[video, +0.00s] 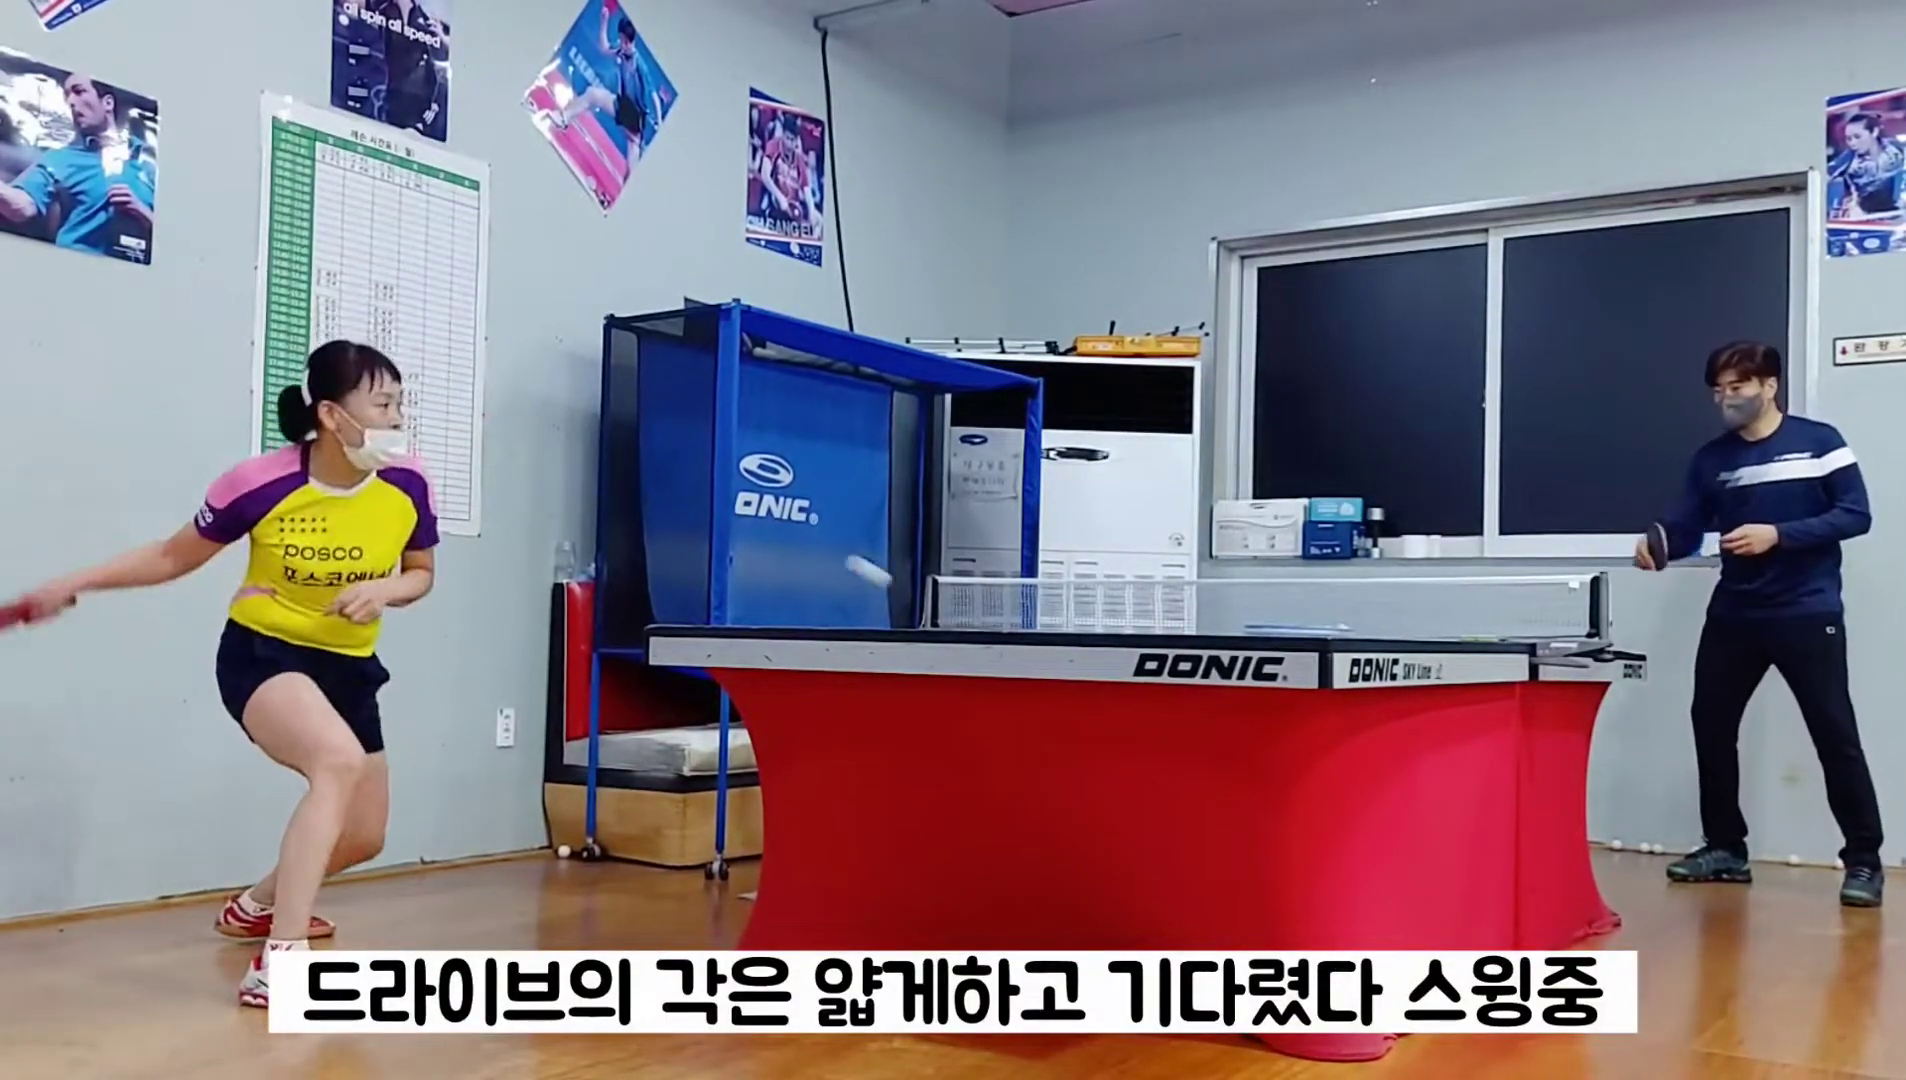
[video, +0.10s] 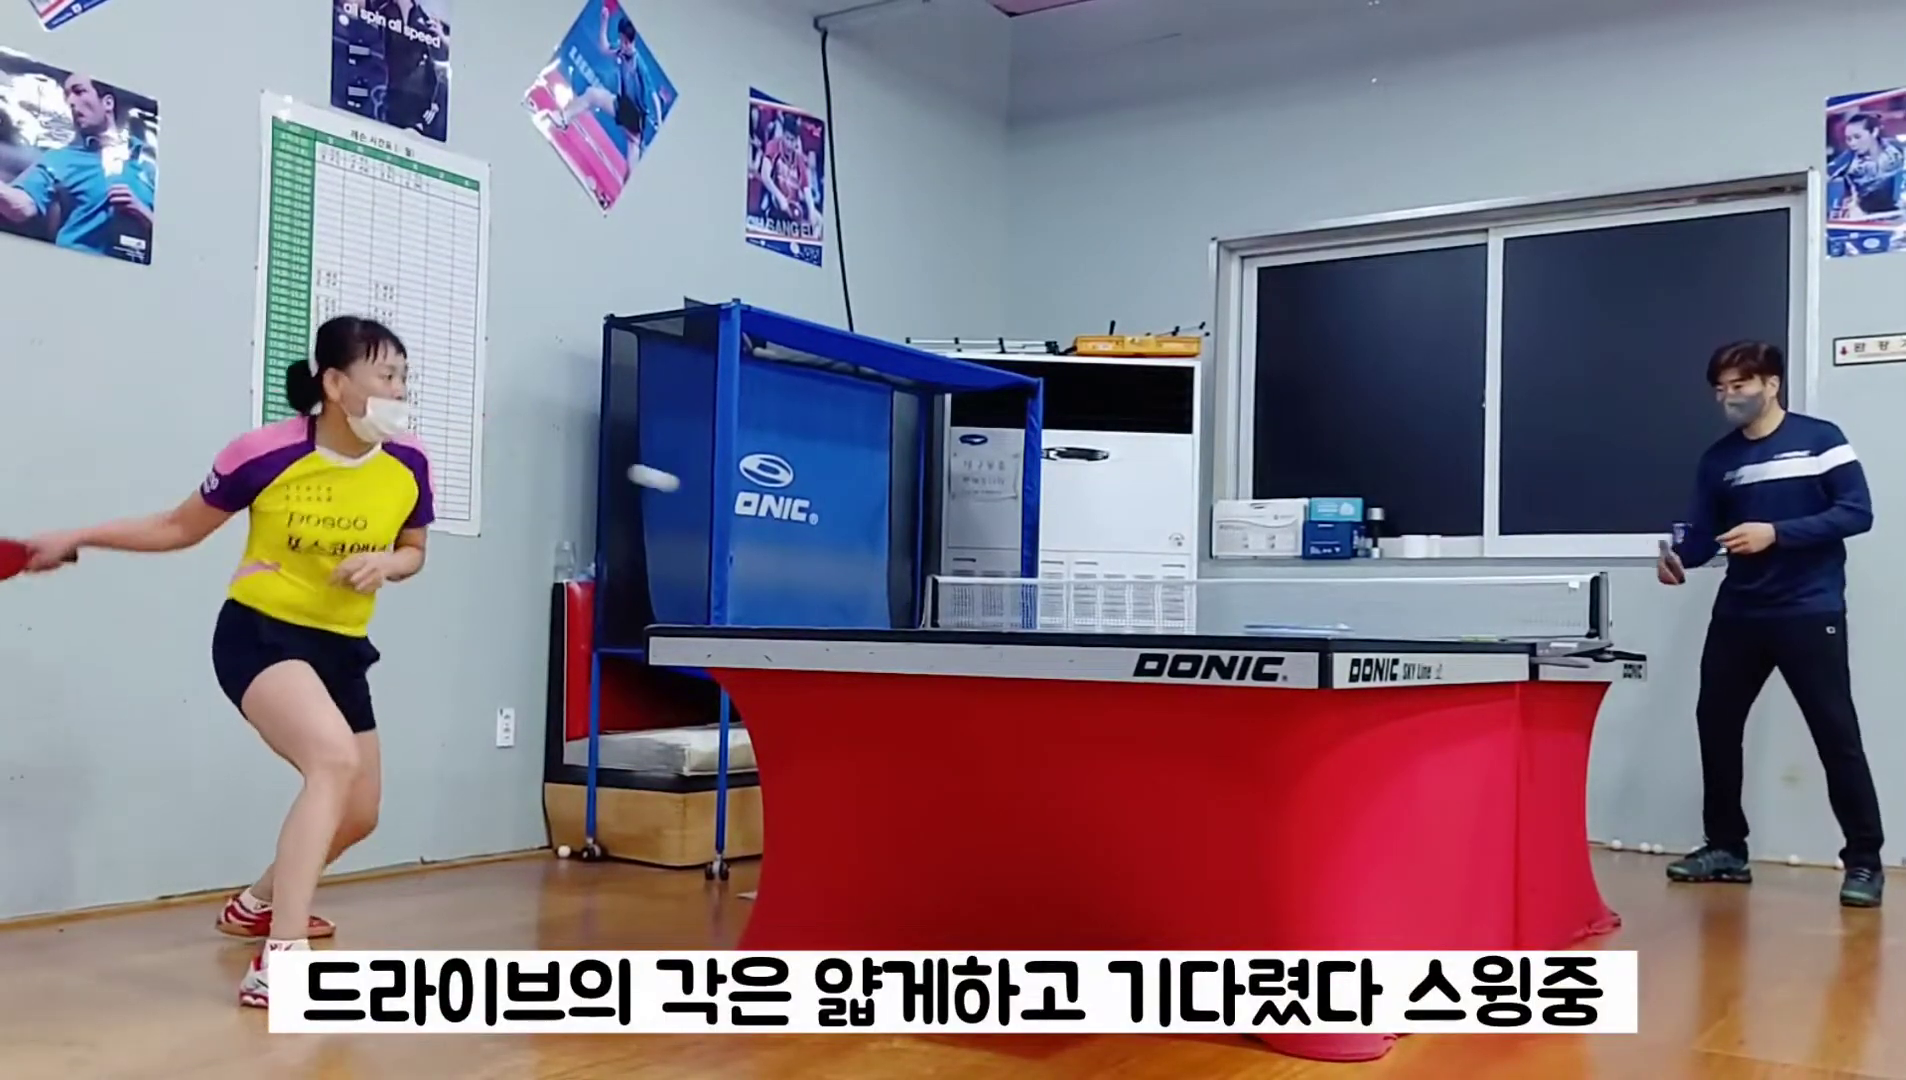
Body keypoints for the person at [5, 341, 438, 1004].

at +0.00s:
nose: (395, 416)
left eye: (397, 401)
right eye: (380, 402)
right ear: (330, 416)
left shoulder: (409, 485)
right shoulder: (260, 485)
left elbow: (420, 574)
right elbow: (173, 557)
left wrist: (386, 591)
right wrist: (72, 585)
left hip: (348, 668)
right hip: (263, 652)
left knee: (363, 837)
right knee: (339, 761)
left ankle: (258, 905)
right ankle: (280, 962)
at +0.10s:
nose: (398, 392)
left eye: (402, 378)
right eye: (385, 377)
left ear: (399, 386)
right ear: (333, 383)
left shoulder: (408, 465)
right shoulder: (265, 454)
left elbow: (413, 552)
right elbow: (178, 528)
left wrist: (389, 564)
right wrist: (73, 539)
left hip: (341, 648)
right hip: (260, 633)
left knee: (358, 815)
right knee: (332, 762)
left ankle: (259, 901)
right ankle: (281, 962)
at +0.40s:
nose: (400, 389)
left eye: (401, 377)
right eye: (395, 374)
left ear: (335, 367)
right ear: (356, 362)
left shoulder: (272, 428)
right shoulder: (347, 398)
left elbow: (247, 524)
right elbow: (467, 381)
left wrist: (336, 558)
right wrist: (475, 343)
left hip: (218, 622)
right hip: (269, 621)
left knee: (303, 772)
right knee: (347, 806)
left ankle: (260, 910)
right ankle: (253, 968)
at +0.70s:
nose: (401, 342)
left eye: (401, 329)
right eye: (392, 328)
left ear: (355, 334)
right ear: (348, 330)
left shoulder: (343, 402)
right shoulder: (312, 384)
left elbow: (315, 503)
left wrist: (359, 527)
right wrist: (418, 519)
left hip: (298, 607)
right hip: (253, 600)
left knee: (333, 767)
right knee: (321, 764)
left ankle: (253, 897)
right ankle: (261, 958)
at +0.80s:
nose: (395, 362)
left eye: (395, 349)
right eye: (384, 348)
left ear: (355, 358)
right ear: (337, 357)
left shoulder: (383, 444)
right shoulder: (272, 430)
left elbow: (356, 522)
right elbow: (208, 534)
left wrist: (377, 544)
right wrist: (231, 581)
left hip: (323, 632)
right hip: (251, 625)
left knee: (346, 795)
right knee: (323, 767)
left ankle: (246, 898)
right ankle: (260, 960)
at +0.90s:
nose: (389, 401)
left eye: (389, 388)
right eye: (376, 389)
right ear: (326, 398)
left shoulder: (391, 474)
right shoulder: (253, 468)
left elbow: (394, 556)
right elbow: (164, 553)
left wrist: (375, 584)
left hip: (329, 654)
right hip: (247, 642)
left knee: (349, 824)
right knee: (320, 766)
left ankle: (248, 892)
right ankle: (263, 961)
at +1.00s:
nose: (383, 407)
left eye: (384, 392)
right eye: (368, 393)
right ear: (318, 405)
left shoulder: (391, 479)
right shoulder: (247, 472)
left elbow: (399, 569)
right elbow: (156, 543)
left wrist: (366, 592)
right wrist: (55, 566)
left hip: (333, 661)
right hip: (250, 647)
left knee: (350, 829)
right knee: (315, 762)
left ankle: (249, 894)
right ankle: (260, 960)